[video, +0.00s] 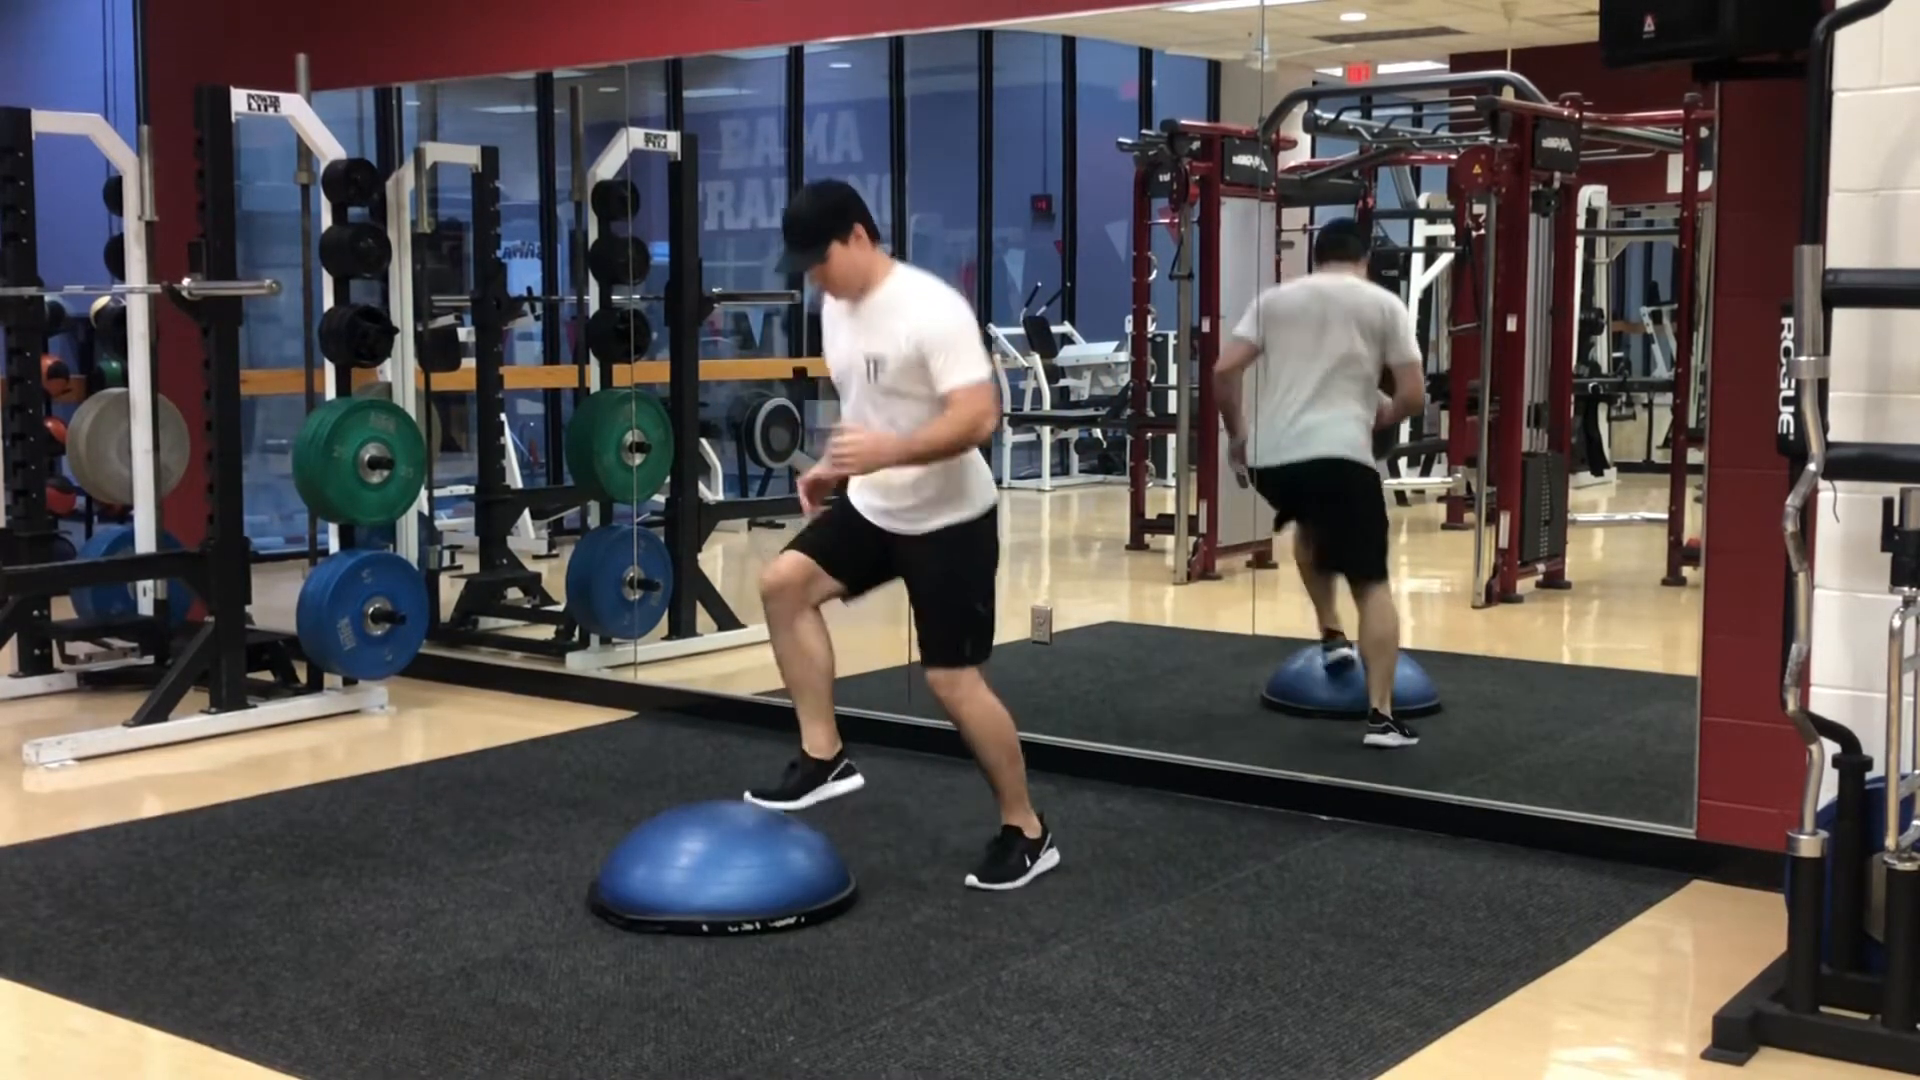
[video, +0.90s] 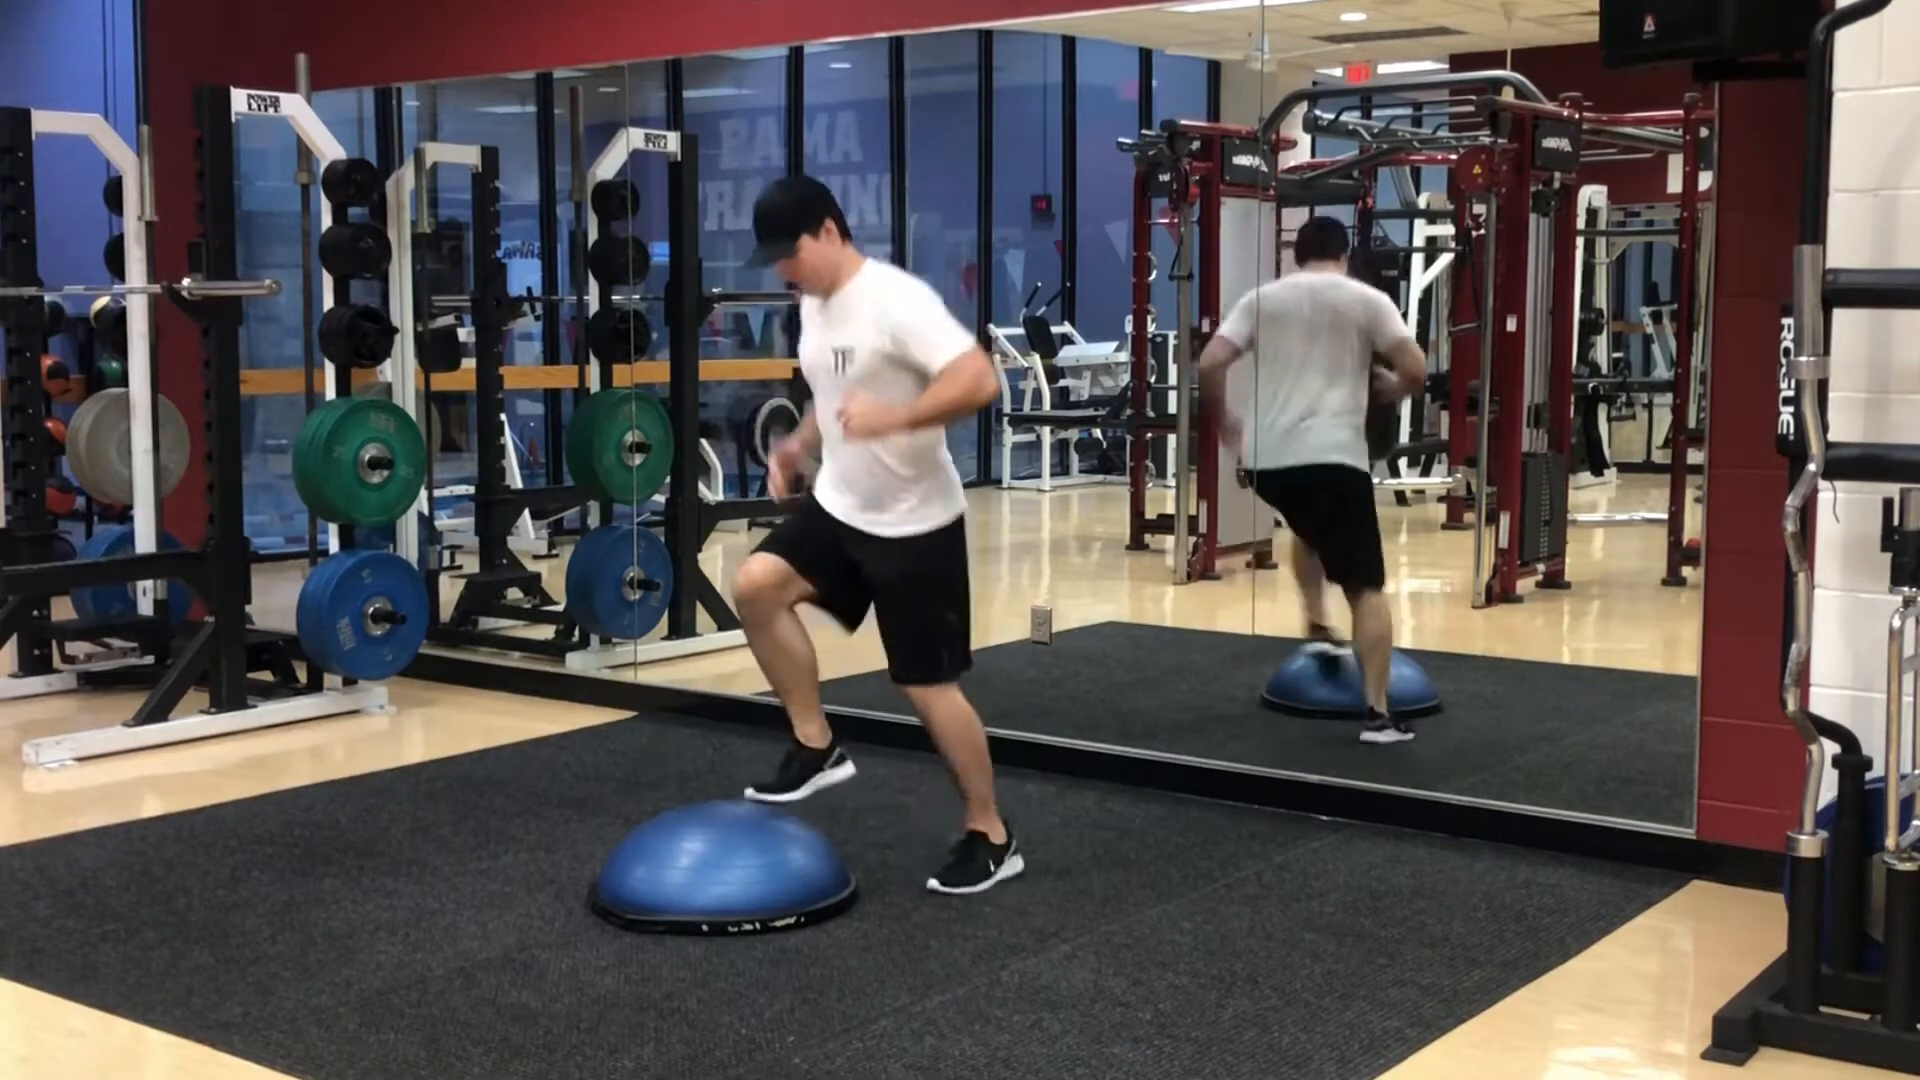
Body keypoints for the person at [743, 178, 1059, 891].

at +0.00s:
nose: (814, 279)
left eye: (818, 262)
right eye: (808, 266)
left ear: (857, 238)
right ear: (842, 247)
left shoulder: (934, 307)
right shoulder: (836, 306)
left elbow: (978, 416)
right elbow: (869, 414)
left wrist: (891, 450)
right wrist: (833, 470)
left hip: (951, 518)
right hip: (874, 510)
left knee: (954, 679)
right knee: (783, 586)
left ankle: (1025, 827)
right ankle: (822, 755)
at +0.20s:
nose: (800, 250)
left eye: (803, 234)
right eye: (791, 240)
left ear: (838, 205)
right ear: (802, 221)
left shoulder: (920, 259)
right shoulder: (813, 267)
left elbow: (988, 349)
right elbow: (831, 350)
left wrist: (904, 377)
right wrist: (799, 391)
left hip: (919, 487)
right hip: (838, 480)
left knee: (919, 639)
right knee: (769, 599)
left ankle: (986, 793)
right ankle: (789, 745)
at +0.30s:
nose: (778, 251)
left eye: (783, 235)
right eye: (771, 240)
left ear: (819, 208)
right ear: (775, 228)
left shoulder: (906, 258)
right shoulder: (784, 277)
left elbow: (989, 331)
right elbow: (779, 354)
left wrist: (929, 397)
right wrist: (766, 411)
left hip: (907, 464)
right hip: (828, 471)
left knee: (843, 579)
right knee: (789, 631)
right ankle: (774, 768)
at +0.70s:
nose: (776, 240)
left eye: (779, 224)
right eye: (768, 231)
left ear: (812, 192)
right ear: (778, 212)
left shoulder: (898, 245)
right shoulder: (788, 263)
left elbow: (986, 315)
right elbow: (796, 346)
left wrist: (930, 386)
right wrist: (767, 408)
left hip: (906, 469)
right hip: (826, 468)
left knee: (882, 624)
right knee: (756, 590)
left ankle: (955, 801)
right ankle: (805, 737)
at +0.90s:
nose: (782, 274)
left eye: (786, 257)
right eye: (775, 262)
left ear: (826, 233)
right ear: (809, 243)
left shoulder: (899, 297)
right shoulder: (813, 306)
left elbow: (979, 378)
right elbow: (841, 398)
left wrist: (900, 416)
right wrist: (802, 442)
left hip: (916, 524)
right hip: (840, 512)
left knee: (927, 681)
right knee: (755, 588)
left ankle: (989, 832)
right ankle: (816, 747)